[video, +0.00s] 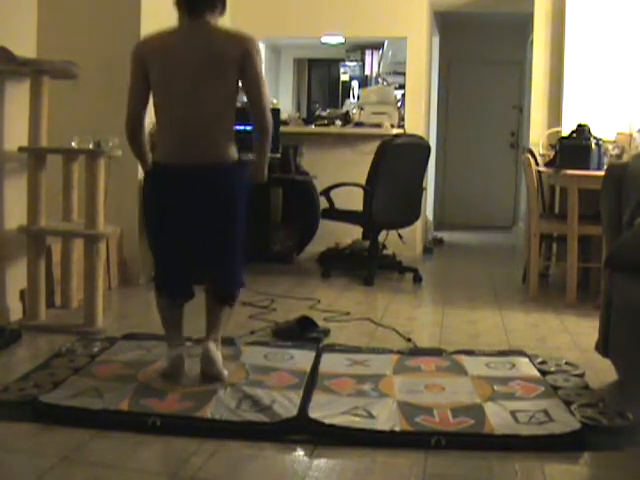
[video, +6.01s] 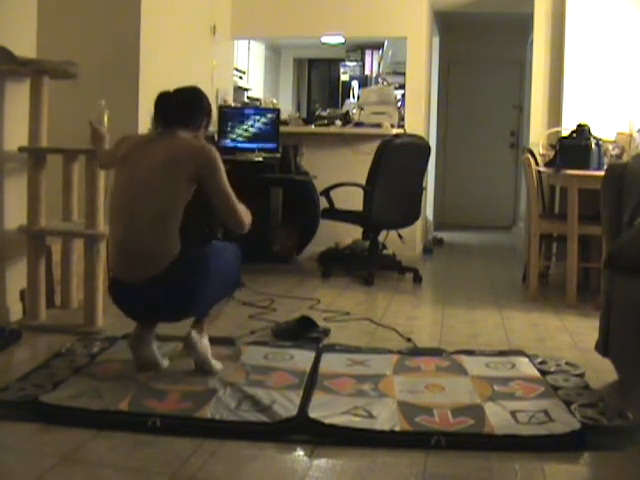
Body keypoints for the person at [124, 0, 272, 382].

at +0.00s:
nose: (221, 11)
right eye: (221, 7)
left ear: (178, 6)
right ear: (220, 6)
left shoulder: (149, 48)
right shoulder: (241, 45)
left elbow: (133, 124)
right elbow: (262, 114)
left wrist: (148, 168)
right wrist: (261, 163)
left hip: (168, 181)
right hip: (221, 180)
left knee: (169, 270)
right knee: (224, 268)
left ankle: (175, 355)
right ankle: (212, 342)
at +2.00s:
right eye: (228, 110)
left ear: (186, 114)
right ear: (228, 118)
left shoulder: (160, 154)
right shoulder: (247, 159)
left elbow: (127, 206)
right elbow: (277, 196)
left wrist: (158, 193)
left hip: (165, 302)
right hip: (218, 305)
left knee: (155, 248)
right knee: (234, 278)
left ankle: (165, 344)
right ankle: (212, 338)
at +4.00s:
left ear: (191, 122)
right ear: (234, 128)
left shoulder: (164, 157)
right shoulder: (251, 165)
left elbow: (125, 208)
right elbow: (282, 216)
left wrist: (156, 181)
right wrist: (260, 175)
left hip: (165, 308)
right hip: (218, 311)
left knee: (155, 242)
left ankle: (165, 345)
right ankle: (211, 342)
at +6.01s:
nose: (205, 134)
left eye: (206, 129)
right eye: (206, 128)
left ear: (159, 120)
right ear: (200, 125)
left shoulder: (129, 144)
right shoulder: (200, 152)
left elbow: (103, 161)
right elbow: (240, 223)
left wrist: (99, 143)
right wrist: (242, 207)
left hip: (124, 297)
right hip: (170, 295)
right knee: (231, 256)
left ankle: (143, 333)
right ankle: (200, 331)